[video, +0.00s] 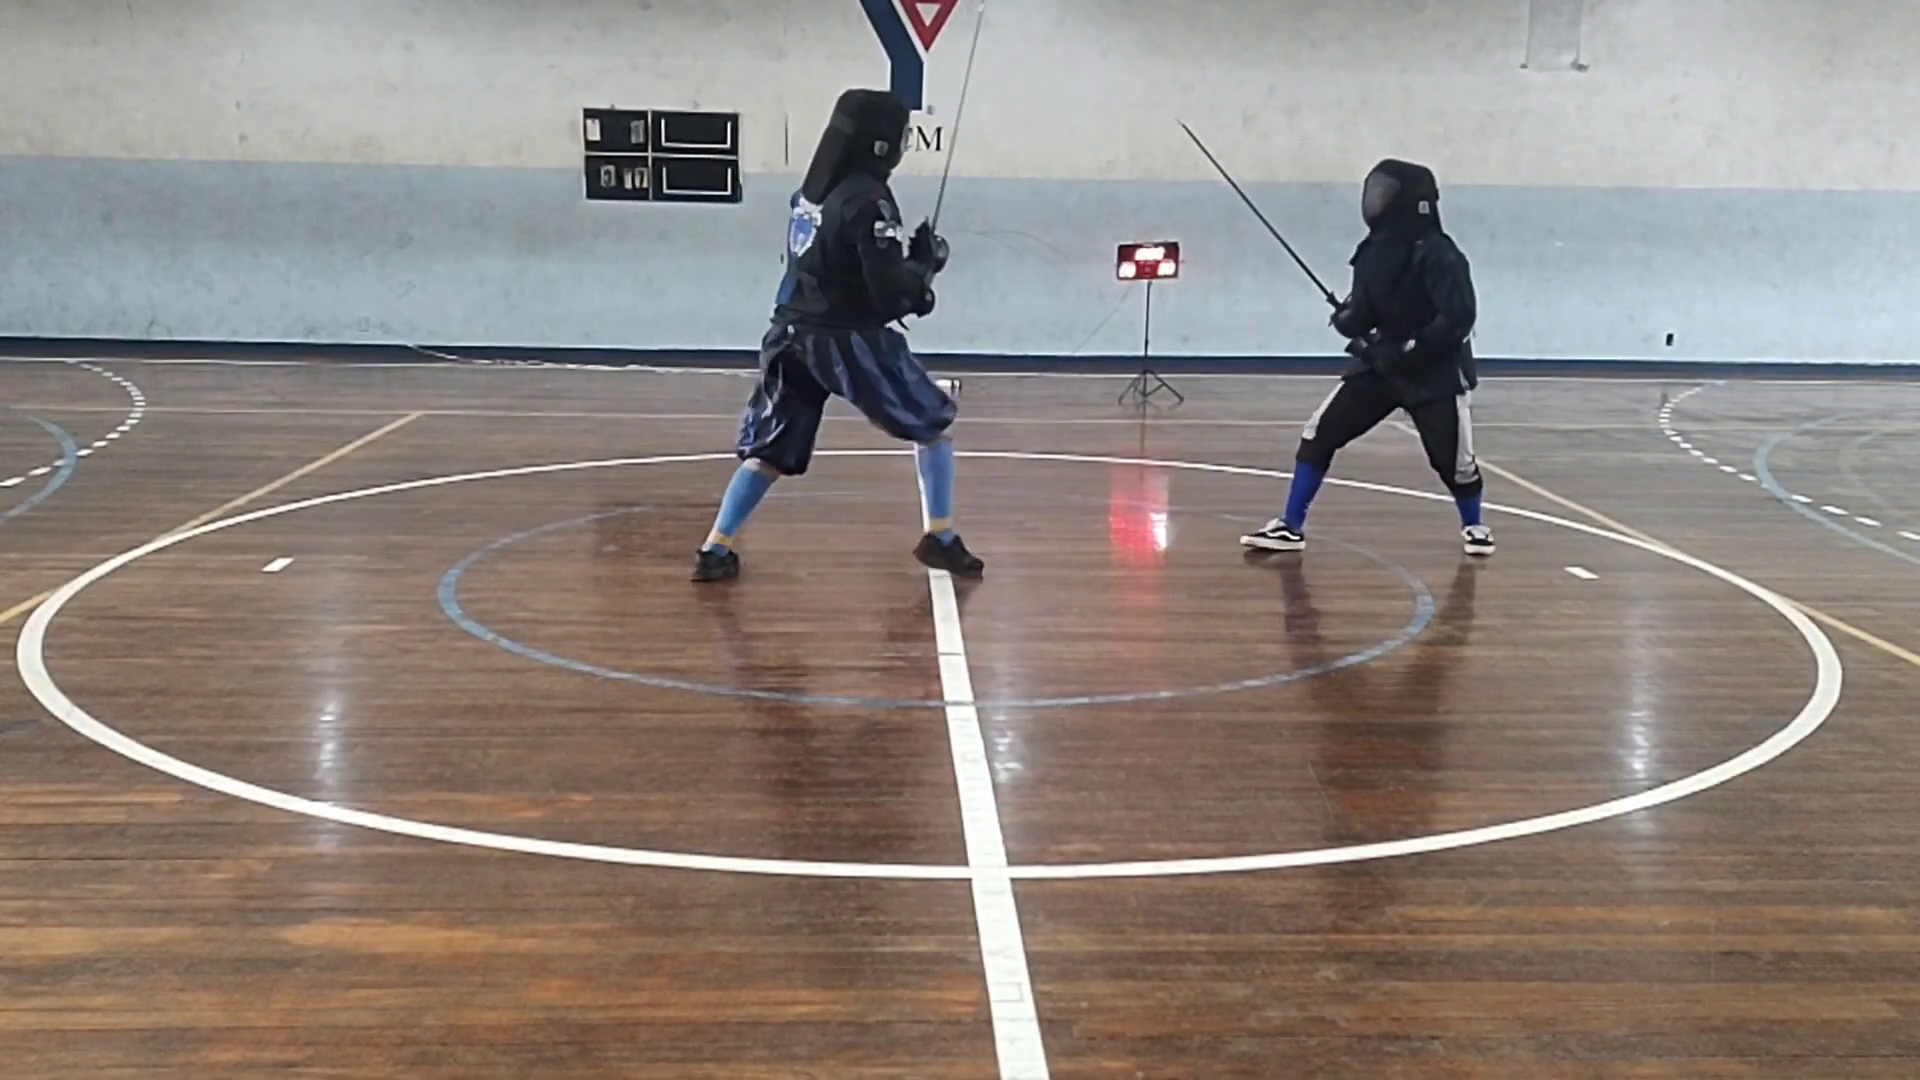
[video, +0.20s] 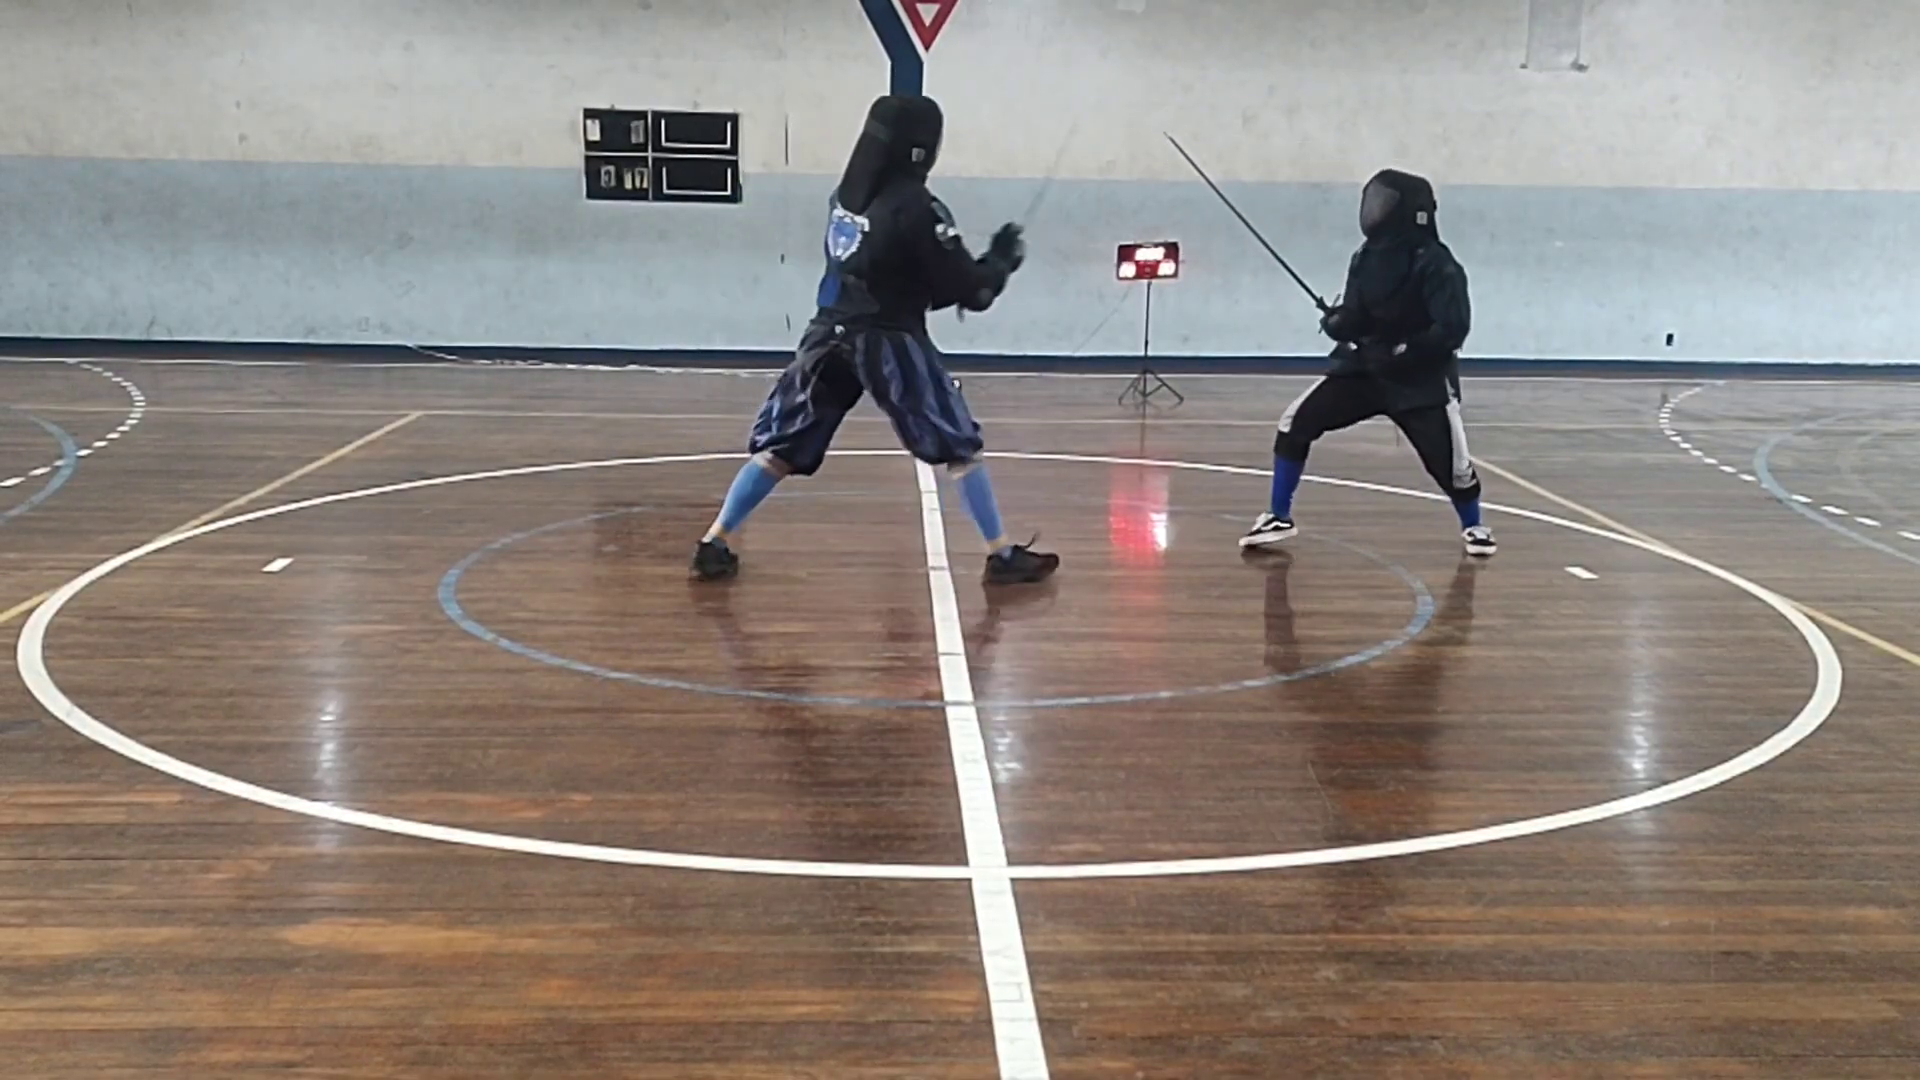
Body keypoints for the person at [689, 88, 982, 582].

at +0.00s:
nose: (901, 148)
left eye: (901, 138)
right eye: (898, 139)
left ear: (846, 136)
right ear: (880, 144)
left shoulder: (812, 187)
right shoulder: (869, 201)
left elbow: (828, 269)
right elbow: (892, 285)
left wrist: (904, 270)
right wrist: (925, 264)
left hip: (792, 333)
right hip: (853, 338)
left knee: (772, 445)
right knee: (932, 423)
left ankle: (716, 547)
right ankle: (940, 535)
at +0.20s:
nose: (933, 154)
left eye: (932, 145)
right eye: (931, 146)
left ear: (875, 141)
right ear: (919, 151)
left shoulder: (847, 194)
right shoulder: (918, 208)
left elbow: (890, 274)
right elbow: (968, 286)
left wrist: (961, 282)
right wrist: (1000, 262)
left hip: (828, 333)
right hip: (893, 341)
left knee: (785, 443)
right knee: (957, 443)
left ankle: (716, 540)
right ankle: (1002, 551)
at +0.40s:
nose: (957, 155)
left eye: (954, 145)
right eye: (954, 146)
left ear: (897, 142)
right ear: (943, 152)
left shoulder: (873, 187)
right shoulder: (944, 208)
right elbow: (1018, 262)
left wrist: (1020, 238)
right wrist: (1054, 236)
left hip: (849, 335)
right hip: (915, 342)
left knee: (802, 444)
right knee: (984, 438)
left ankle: (728, 533)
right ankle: (1006, 549)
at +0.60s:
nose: (962, 152)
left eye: (958, 143)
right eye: (959, 143)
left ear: (905, 142)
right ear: (948, 151)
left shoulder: (879, 186)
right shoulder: (948, 206)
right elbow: (1025, 252)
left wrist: (983, 222)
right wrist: (1063, 227)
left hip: (855, 336)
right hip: (920, 343)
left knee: (808, 443)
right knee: (991, 435)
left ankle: (732, 531)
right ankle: (1008, 550)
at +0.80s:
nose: (973, 155)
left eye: (970, 145)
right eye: (970, 146)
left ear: (916, 142)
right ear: (959, 152)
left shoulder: (888, 184)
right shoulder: (958, 203)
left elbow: (963, 208)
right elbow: (1038, 236)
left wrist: (1014, 207)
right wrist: (1078, 213)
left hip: (864, 336)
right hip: (927, 343)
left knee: (816, 440)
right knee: (997, 437)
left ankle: (742, 530)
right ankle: (1008, 552)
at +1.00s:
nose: (987, 147)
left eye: (988, 141)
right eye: (984, 139)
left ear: (935, 137)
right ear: (972, 148)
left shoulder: (905, 172)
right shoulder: (974, 199)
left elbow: (967, 173)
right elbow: (1046, 212)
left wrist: (1014, 166)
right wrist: (1096, 196)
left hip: (875, 335)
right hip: (938, 341)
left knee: (828, 437)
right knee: (1005, 435)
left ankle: (757, 533)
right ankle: (1010, 552)